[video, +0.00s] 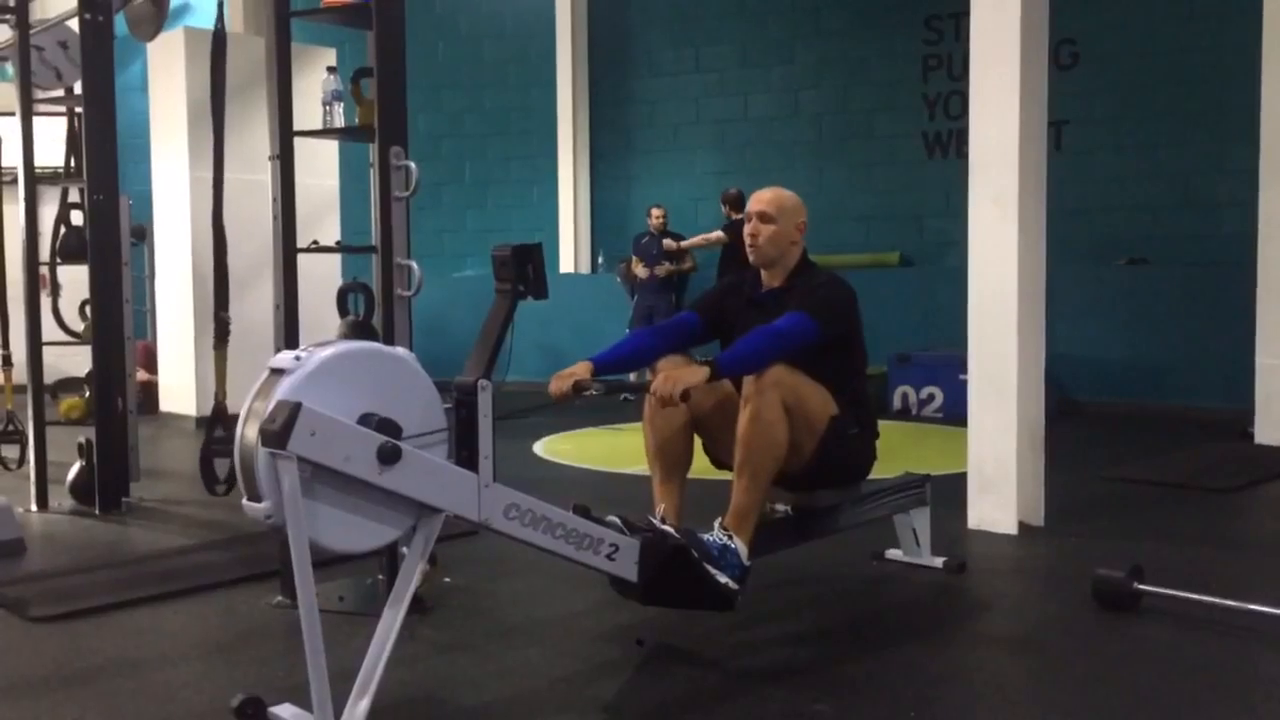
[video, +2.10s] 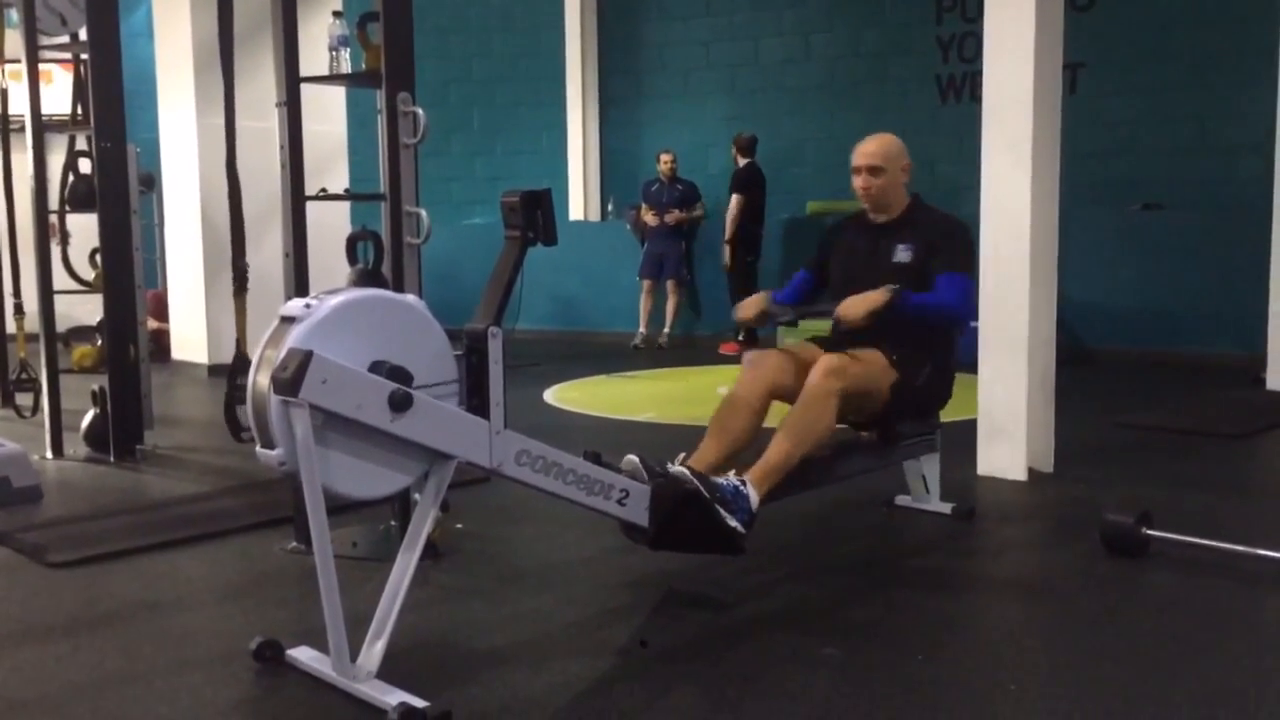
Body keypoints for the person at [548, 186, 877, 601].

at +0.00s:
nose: (750, 230)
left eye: (764, 220)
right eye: (747, 221)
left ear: (798, 232)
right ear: (741, 231)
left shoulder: (829, 293)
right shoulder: (735, 291)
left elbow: (780, 338)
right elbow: (669, 335)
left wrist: (709, 370)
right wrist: (591, 365)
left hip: (836, 453)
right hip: (761, 451)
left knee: (768, 379)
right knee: (670, 380)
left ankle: (734, 544)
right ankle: (666, 528)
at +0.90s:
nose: (787, 195)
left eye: (801, 186)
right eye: (785, 186)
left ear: (834, 200)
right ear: (778, 194)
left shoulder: (864, 260)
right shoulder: (767, 260)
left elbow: (815, 300)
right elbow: (705, 298)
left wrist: (742, 321)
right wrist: (630, 321)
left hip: (867, 414)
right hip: (791, 412)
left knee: (789, 348)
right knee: (703, 350)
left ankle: (746, 516)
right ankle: (683, 498)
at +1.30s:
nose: (833, 172)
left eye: (846, 164)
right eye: (830, 164)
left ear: (877, 174)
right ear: (824, 172)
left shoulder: (903, 236)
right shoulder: (809, 238)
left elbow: (860, 277)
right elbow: (753, 276)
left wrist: (797, 301)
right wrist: (684, 304)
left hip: (895, 377)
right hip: (822, 372)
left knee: (810, 358)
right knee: (732, 353)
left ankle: (746, 502)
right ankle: (682, 485)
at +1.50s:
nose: (883, 170)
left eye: (896, 160)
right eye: (879, 161)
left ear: (926, 170)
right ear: (873, 168)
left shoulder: (946, 230)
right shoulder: (854, 233)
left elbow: (918, 273)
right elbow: (802, 278)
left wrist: (856, 292)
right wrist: (742, 298)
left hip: (911, 363)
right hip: (844, 354)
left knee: (820, 377)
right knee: (752, 368)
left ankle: (745, 499)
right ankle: (678, 481)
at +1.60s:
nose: (905, 179)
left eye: (918, 171)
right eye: (901, 170)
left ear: (946, 179)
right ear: (896, 177)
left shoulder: (968, 235)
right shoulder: (869, 239)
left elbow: (952, 287)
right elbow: (825, 291)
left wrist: (889, 293)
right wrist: (778, 299)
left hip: (920, 360)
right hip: (855, 350)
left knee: (830, 384)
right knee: (774, 381)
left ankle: (746, 497)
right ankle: (680, 482)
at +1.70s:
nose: (919, 192)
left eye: (931, 182)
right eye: (914, 183)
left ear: (959, 187)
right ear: (910, 187)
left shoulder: (987, 245)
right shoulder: (887, 245)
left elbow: (985, 304)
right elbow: (846, 303)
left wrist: (927, 295)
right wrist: (813, 304)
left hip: (924, 353)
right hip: (863, 344)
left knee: (834, 405)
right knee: (789, 396)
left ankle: (746, 496)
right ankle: (690, 480)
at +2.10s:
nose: (862, 182)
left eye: (874, 173)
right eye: (856, 173)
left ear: (905, 174)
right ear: (851, 176)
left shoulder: (943, 231)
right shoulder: (843, 233)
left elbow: (955, 305)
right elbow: (809, 286)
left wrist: (888, 296)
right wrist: (771, 301)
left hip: (913, 363)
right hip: (845, 355)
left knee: (828, 373)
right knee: (760, 364)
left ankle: (748, 493)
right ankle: (686, 476)